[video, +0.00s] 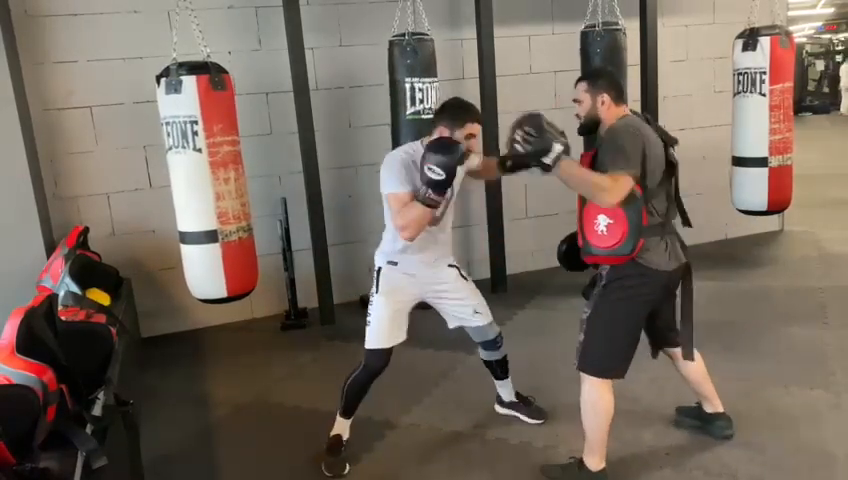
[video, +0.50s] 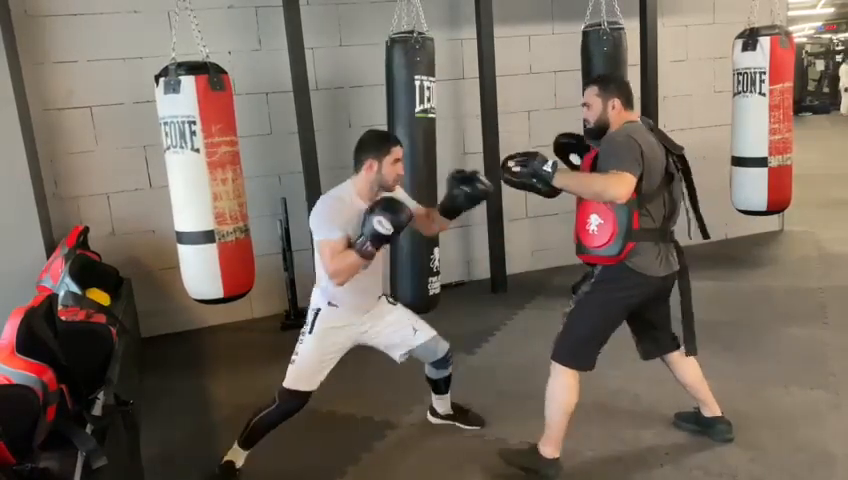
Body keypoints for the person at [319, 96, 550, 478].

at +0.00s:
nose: (475, 147)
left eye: (476, 139)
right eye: (469, 139)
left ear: (462, 140)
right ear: (443, 134)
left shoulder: (458, 157)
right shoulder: (398, 161)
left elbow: (482, 169)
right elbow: (407, 230)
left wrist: (518, 160)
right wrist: (438, 186)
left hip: (442, 267)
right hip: (396, 270)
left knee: (489, 335)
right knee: (376, 360)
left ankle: (508, 399)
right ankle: (339, 433)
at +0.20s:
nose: (454, 139)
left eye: (456, 132)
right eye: (448, 131)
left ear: (442, 133)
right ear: (424, 131)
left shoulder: (441, 162)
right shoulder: (386, 166)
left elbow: (473, 194)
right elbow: (405, 229)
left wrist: (484, 177)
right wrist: (437, 187)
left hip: (427, 273)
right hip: (381, 278)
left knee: (474, 333)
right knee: (352, 365)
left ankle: (484, 397)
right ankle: (318, 423)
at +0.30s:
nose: (437, 144)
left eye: (438, 137)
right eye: (431, 137)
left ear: (412, 138)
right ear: (406, 137)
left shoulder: (419, 169)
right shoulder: (364, 172)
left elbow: (451, 211)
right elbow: (383, 236)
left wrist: (458, 172)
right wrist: (416, 194)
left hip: (404, 277)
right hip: (359, 282)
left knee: (461, 335)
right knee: (326, 372)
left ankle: (474, 397)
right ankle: (278, 430)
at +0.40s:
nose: (408, 164)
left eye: (409, 156)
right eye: (402, 157)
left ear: (380, 159)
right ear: (376, 159)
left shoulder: (402, 186)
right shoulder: (334, 196)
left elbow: (439, 217)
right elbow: (344, 259)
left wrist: (450, 197)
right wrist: (380, 219)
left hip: (386, 298)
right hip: (340, 303)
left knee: (449, 351)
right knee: (298, 390)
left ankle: (445, 402)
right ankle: (239, 455)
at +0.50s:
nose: (402, 171)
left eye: (402, 162)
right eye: (396, 163)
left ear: (377, 167)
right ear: (371, 167)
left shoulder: (391, 196)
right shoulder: (329, 208)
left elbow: (429, 225)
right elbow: (337, 272)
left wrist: (454, 204)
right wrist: (372, 239)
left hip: (377, 308)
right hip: (332, 316)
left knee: (438, 352)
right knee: (292, 400)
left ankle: (442, 411)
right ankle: (236, 455)